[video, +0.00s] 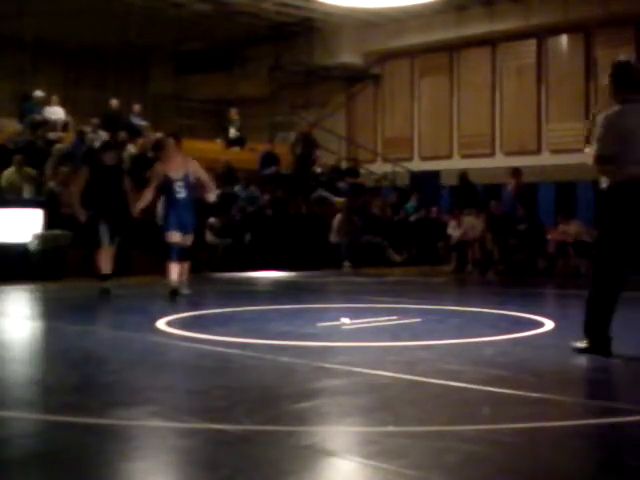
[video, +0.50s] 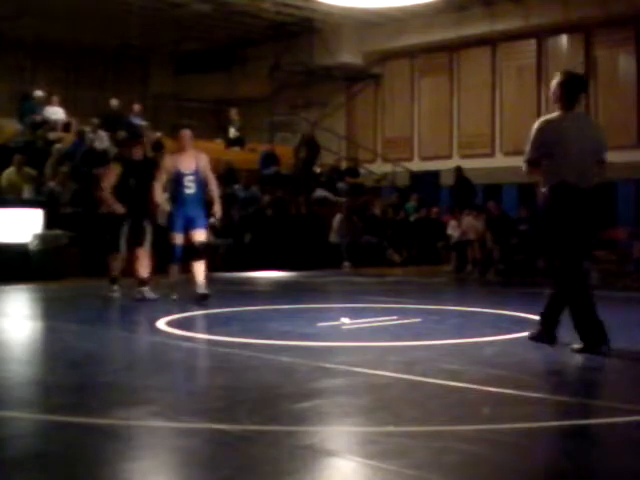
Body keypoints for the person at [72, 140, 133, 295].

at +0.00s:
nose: (110, 159)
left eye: (113, 155)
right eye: (107, 155)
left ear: (118, 156)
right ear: (100, 156)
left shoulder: (120, 172)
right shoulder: (91, 170)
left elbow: (128, 192)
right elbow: (76, 190)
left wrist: (132, 208)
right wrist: (79, 210)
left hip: (117, 211)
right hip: (97, 212)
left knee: (113, 244)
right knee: (103, 244)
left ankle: (108, 278)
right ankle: (104, 280)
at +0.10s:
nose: (114, 159)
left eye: (116, 155)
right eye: (111, 155)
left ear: (120, 155)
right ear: (105, 155)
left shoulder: (124, 167)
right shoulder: (95, 166)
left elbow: (131, 189)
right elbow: (84, 190)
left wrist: (136, 209)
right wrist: (83, 213)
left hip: (121, 210)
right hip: (102, 210)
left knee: (121, 249)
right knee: (110, 247)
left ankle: (109, 276)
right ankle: (110, 283)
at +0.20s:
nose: (120, 156)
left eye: (121, 153)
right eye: (117, 154)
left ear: (125, 153)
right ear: (111, 153)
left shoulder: (129, 166)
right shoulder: (100, 166)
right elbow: (91, 191)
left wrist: (143, 211)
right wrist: (90, 215)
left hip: (127, 210)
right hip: (107, 211)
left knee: (133, 247)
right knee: (112, 249)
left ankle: (112, 267)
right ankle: (111, 282)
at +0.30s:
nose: (127, 151)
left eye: (130, 148)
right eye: (124, 148)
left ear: (135, 148)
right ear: (117, 147)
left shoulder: (142, 164)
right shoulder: (109, 163)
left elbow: (150, 188)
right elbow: (94, 186)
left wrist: (150, 207)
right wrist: (98, 208)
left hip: (135, 210)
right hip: (114, 210)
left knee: (136, 246)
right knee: (115, 248)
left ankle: (129, 279)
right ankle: (112, 282)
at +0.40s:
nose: (133, 151)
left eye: (136, 147)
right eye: (130, 147)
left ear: (140, 147)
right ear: (123, 147)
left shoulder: (145, 164)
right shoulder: (113, 163)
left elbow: (153, 187)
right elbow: (99, 185)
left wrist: (156, 207)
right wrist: (108, 205)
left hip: (139, 209)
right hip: (118, 210)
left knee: (139, 246)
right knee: (116, 247)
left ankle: (140, 281)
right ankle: (113, 282)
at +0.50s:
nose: (137, 152)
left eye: (140, 148)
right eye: (134, 148)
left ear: (144, 149)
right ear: (127, 149)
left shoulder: (149, 165)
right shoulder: (120, 164)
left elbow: (155, 188)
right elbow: (106, 186)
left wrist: (158, 205)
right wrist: (114, 205)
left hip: (143, 211)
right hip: (123, 212)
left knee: (143, 248)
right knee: (119, 250)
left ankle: (144, 283)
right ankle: (114, 282)